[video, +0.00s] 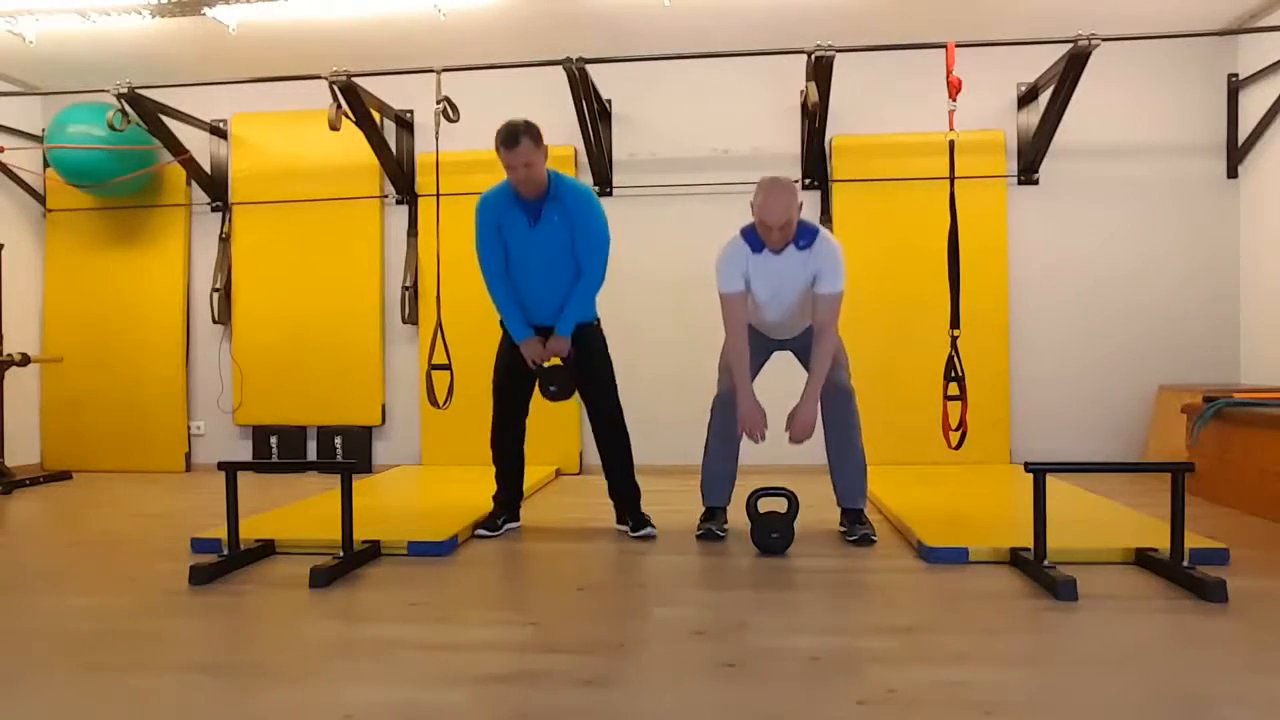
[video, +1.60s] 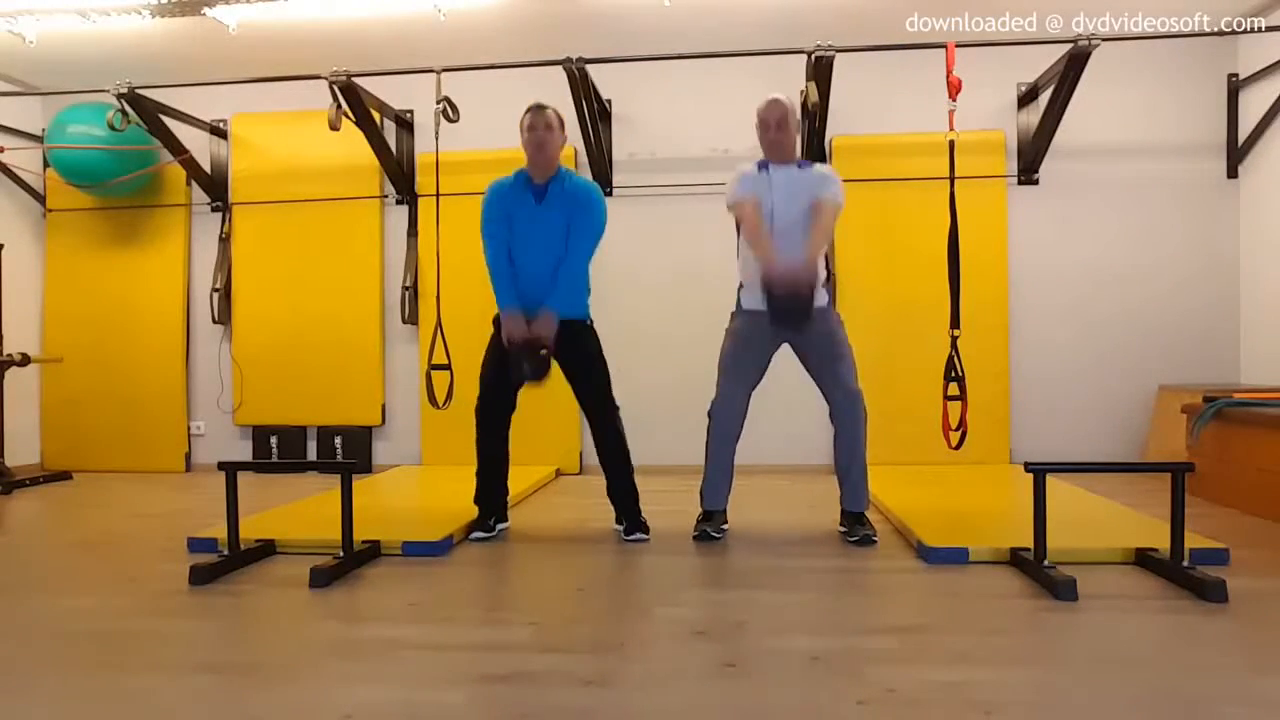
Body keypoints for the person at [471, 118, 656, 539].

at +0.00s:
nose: (519, 175)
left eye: (526, 165)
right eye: (510, 167)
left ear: (544, 153)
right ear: (500, 164)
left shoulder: (580, 200)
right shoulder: (491, 207)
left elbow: (593, 272)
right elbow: (496, 279)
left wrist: (566, 330)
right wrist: (523, 335)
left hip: (578, 324)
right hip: (520, 328)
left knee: (607, 416)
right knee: (506, 423)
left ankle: (629, 511)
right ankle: (506, 510)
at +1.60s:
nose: (538, 135)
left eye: (546, 128)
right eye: (531, 129)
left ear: (563, 139)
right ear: (521, 140)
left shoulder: (586, 195)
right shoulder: (500, 194)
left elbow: (577, 260)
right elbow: (496, 256)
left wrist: (552, 311)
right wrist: (509, 310)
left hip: (569, 320)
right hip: (512, 320)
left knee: (603, 413)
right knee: (491, 413)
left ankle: (629, 515)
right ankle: (491, 512)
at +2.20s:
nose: (547, 134)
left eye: (556, 128)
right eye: (540, 129)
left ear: (572, 138)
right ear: (530, 140)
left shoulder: (593, 177)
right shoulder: (518, 182)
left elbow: (590, 185)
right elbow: (497, 187)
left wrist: (546, 166)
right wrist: (500, 161)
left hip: (578, 319)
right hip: (525, 317)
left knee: (604, 417)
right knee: (505, 416)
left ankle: (630, 516)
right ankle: (493, 514)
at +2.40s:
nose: (547, 143)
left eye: (555, 137)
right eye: (540, 138)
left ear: (571, 148)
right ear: (530, 149)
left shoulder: (594, 203)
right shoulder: (510, 201)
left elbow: (581, 250)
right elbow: (502, 246)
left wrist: (549, 278)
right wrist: (509, 277)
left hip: (582, 331)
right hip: (529, 333)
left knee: (616, 415)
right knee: (495, 412)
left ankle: (630, 514)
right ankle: (493, 513)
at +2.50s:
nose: (543, 156)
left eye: (551, 150)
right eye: (536, 151)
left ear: (567, 161)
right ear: (525, 164)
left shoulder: (593, 218)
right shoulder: (507, 217)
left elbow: (585, 284)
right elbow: (505, 281)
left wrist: (560, 338)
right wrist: (517, 335)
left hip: (581, 335)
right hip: (525, 336)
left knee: (622, 410)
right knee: (489, 411)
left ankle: (631, 514)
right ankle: (493, 512)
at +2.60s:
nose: (530, 177)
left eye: (540, 171)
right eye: (524, 172)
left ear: (560, 180)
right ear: (517, 183)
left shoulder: (590, 237)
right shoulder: (501, 239)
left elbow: (589, 317)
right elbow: (507, 315)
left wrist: (565, 378)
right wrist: (527, 376)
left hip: (585, 348)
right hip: (527, 350)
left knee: (629, 410)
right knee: (484, 412)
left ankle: (632, 514)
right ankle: (493, 513)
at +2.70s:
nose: (520, 207)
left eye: (530, 199)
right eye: (514, 199)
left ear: (552, 205)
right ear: (508, 208)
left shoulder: (587, 258)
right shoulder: (496, 263)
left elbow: (591, 335)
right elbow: (511, 339)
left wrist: (571, 394)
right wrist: (542, 400)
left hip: (584, 359)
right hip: (527, 362)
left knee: (633, 412)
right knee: (478, 413)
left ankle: (632, 515)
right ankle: (493, 514)